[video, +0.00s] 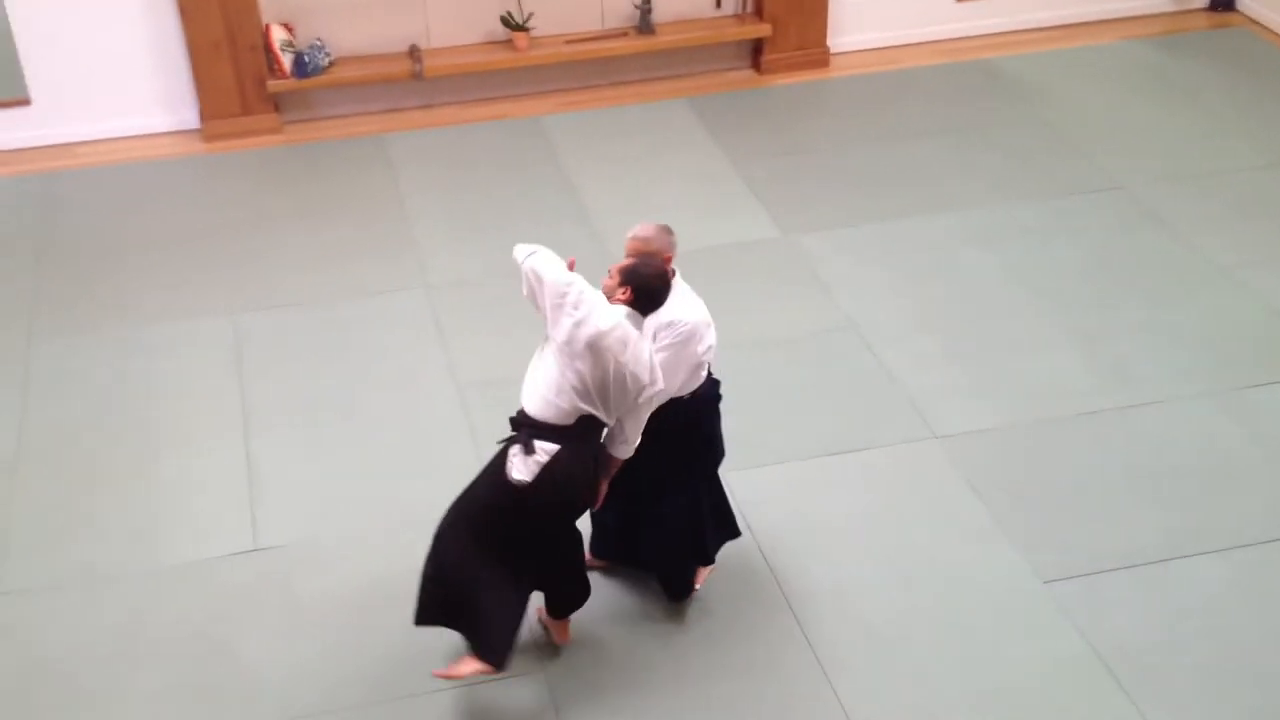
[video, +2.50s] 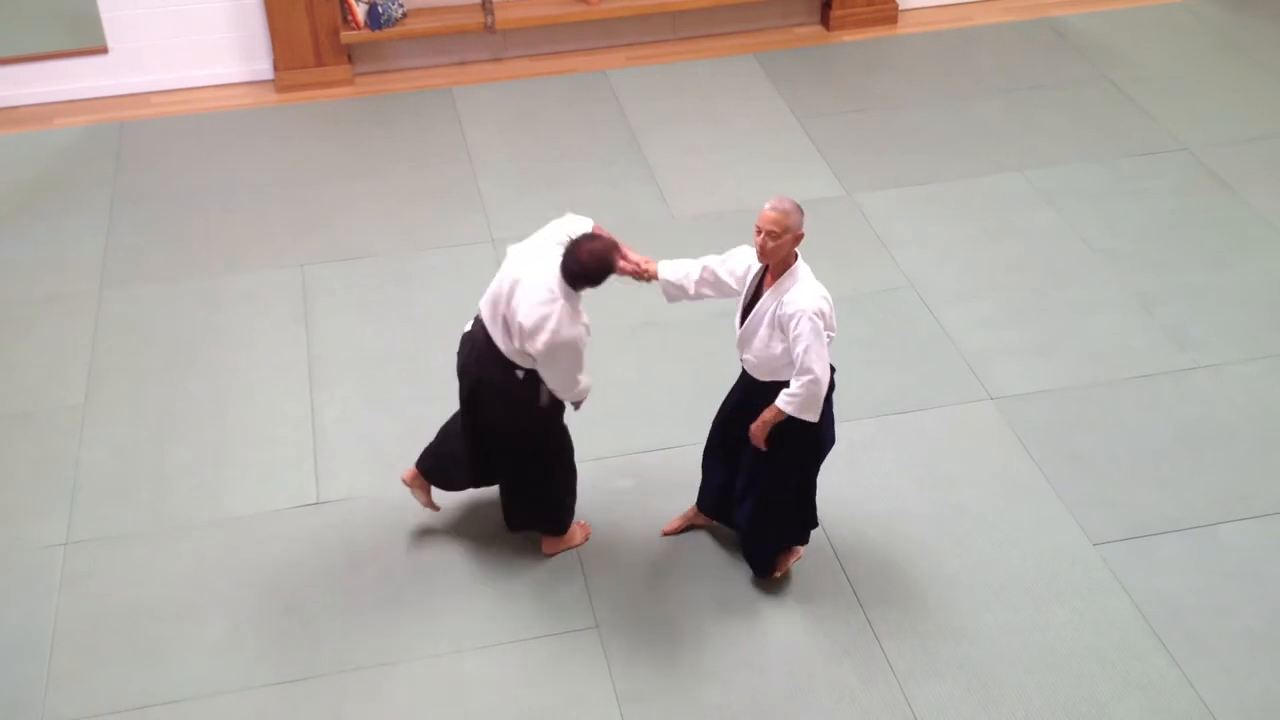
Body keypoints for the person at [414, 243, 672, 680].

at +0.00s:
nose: (605, 278)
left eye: (612, 276)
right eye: (611, 273)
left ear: (623, 293)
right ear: (644, 302)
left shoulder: (581, 307)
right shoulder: (646, 363)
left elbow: (528, 256)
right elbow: (627, 433)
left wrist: (561, 266)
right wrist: (604, 476)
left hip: (536, 452)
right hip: (584, 458)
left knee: (467, 531)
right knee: (557, 534)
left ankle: (486, 651)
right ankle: (558, 618)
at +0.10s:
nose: (626, 274)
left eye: (632, 276)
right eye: (635, 273)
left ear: (635, 298)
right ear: (662, 315)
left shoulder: (591, 308)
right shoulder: (658, 373)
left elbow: (555, 249)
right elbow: (638, 441)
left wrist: (579, 261)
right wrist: (620, 477)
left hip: (545, 447)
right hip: (595, 461)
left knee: (471, 522)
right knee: (571, 534)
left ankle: (436, 629)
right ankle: (565, 621)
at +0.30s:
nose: (644, 244)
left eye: (648, 249)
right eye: (652, 244)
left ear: (636, 273)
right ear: (671, 297)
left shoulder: (590, 275)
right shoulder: (652, 343)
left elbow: (556, 216)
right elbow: (642, 405)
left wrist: (587, 231)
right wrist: (629, 443)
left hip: (531, 405)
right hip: (584, 426)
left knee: (471, 478)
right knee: (574, 508)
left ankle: (443, 579)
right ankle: (579, 594)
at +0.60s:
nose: (629, 241)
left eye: (622, 244)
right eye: (638, 245)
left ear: (601, 256)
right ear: (634, 291)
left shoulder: (561, 259)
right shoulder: (614, 334)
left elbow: (552, 189)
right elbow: (607, 390)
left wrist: (585, 192)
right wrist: (609, 419)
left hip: (500, 377)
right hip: (552, 398)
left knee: (499, 460)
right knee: (577, 472)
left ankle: (498, 545)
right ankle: (580, 562)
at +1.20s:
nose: (624, 265)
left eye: (617, 269)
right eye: (631, 273)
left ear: (593, 279)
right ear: (621, 315)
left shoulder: (555, 264)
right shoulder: (602, 341)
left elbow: (560, 198)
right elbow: (596, 381)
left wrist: (613, 205)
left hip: (492, 350)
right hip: (542, 377)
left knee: (469, 427)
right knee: (547, 451)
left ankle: (447, 503)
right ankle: (551, 534)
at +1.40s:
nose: (619, 269)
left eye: (613, 275)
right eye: (629, 277)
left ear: (590, 285)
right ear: (618, 322)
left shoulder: (551, 266)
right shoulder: (599, 345)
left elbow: (555, 207)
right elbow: (591, 379)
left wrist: (614, 213)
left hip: (488, 354)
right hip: (540, 379)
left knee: (462, 429)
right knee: (543, 455)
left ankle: (443, 505)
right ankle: (550, 535)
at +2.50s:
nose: (602, 232)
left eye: (601, 237)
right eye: (608, 242)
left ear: (583, 240)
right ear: (599, 281)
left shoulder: (559, 233)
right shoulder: (561, 329)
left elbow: (590, 226)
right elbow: (566, 385)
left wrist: (623, 256)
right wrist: (581, 393)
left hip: (477, 340)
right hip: (510, 379)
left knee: (477, 420)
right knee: (552, 453)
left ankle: (422, 473)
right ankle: (556, 534)